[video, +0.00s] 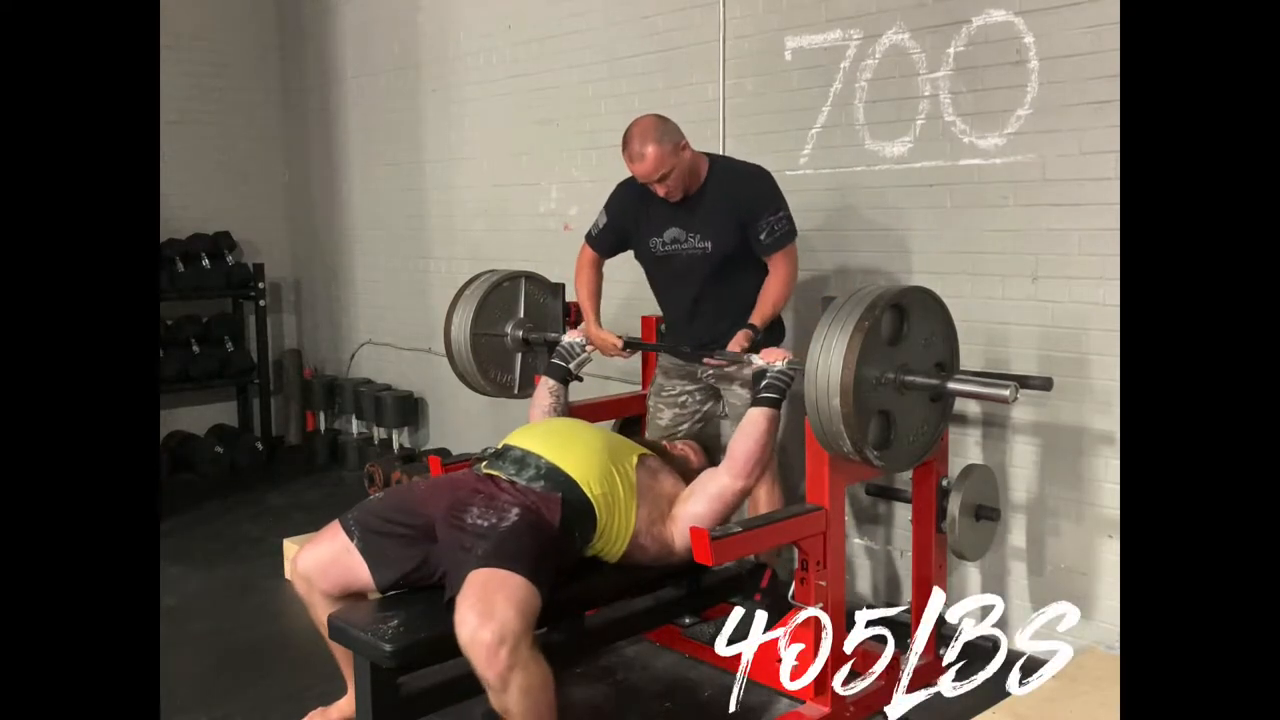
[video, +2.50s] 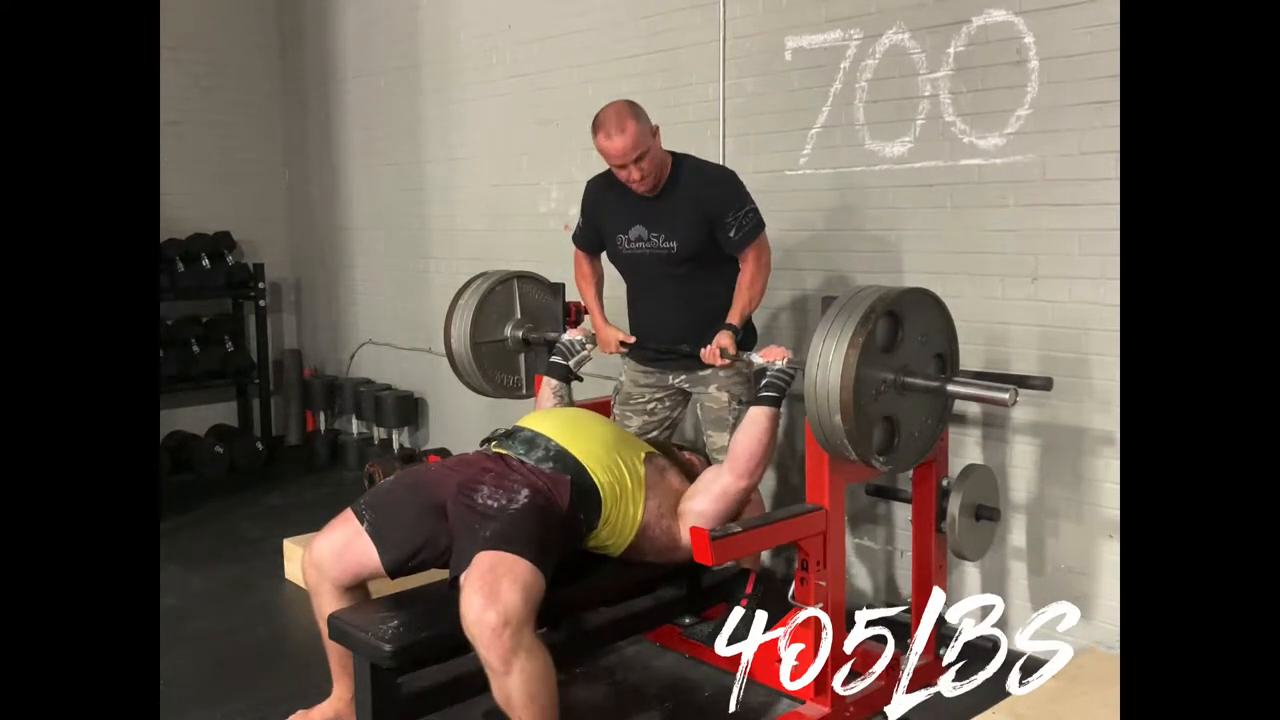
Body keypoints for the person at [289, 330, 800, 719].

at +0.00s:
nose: (682, 442)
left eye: (692, 447)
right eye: (676, 439)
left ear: (702, 475)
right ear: (653, 445)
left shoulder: (677, 513)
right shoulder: (597, 448)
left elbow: (741, 470)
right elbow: (535, 436)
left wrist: (770, 387)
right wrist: (556, 367)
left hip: (529, 506)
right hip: (456, 483)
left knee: (489, 633)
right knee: (308, 564)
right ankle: (358, 694)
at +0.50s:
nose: (684, 445)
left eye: (695, 450)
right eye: (681, 441)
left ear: (702, 475)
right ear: (659, 445)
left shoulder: (677, 513)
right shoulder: (598, 447)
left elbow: (741, 474)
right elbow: (535, 434)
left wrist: (768, 394)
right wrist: (558, 370)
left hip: (525, 499)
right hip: (455, 477)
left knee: (490, 628)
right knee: (315, 561)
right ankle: (354, 693)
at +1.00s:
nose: (681, 446)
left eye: (692, 451)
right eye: (678, 442)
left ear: (701, 475)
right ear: (657, 446)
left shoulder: (679, 511)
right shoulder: (598, 449)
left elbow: (745, 472)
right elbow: (536, 437)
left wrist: (772, 391)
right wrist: (560, 370)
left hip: (526, 502)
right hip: (454, 481)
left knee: (492, 628)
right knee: (314, 563)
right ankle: (350, 695)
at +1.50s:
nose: (680, 441)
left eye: (691, 448)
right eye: (677, 437)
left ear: (699, 474)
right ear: (655, 445)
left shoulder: (680, 510)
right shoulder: (597, 451)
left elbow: (745, 475)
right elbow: (536, 432)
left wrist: (772, 391)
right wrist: (561, 368)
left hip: (527, 506)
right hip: (458, 483)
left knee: (488, 629)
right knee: (308, 561)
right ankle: (345, 697)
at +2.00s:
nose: (679, 441)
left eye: (690, 448)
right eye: (677, 438)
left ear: (699, 475)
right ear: (655, 443)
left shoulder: (679, 508)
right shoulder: (596, 449)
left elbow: (745, 475)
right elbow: (534, 436)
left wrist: (770, 392)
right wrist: (559, 370)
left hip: (528, 503)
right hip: (457, 481)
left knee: (489, 628)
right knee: (311, 561)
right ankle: (343, 697)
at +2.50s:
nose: (688, 454)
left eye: (695, 458)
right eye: (687, 451)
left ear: (700, 481)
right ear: (666, 453)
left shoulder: (682, 513)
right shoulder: (595, 441)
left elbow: (742, 471)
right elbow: (538, 425)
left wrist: (770, 387)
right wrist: (560, 362)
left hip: (528, 488)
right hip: (460, 467)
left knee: (493, 619)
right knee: (325, 559)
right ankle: (343, 698)